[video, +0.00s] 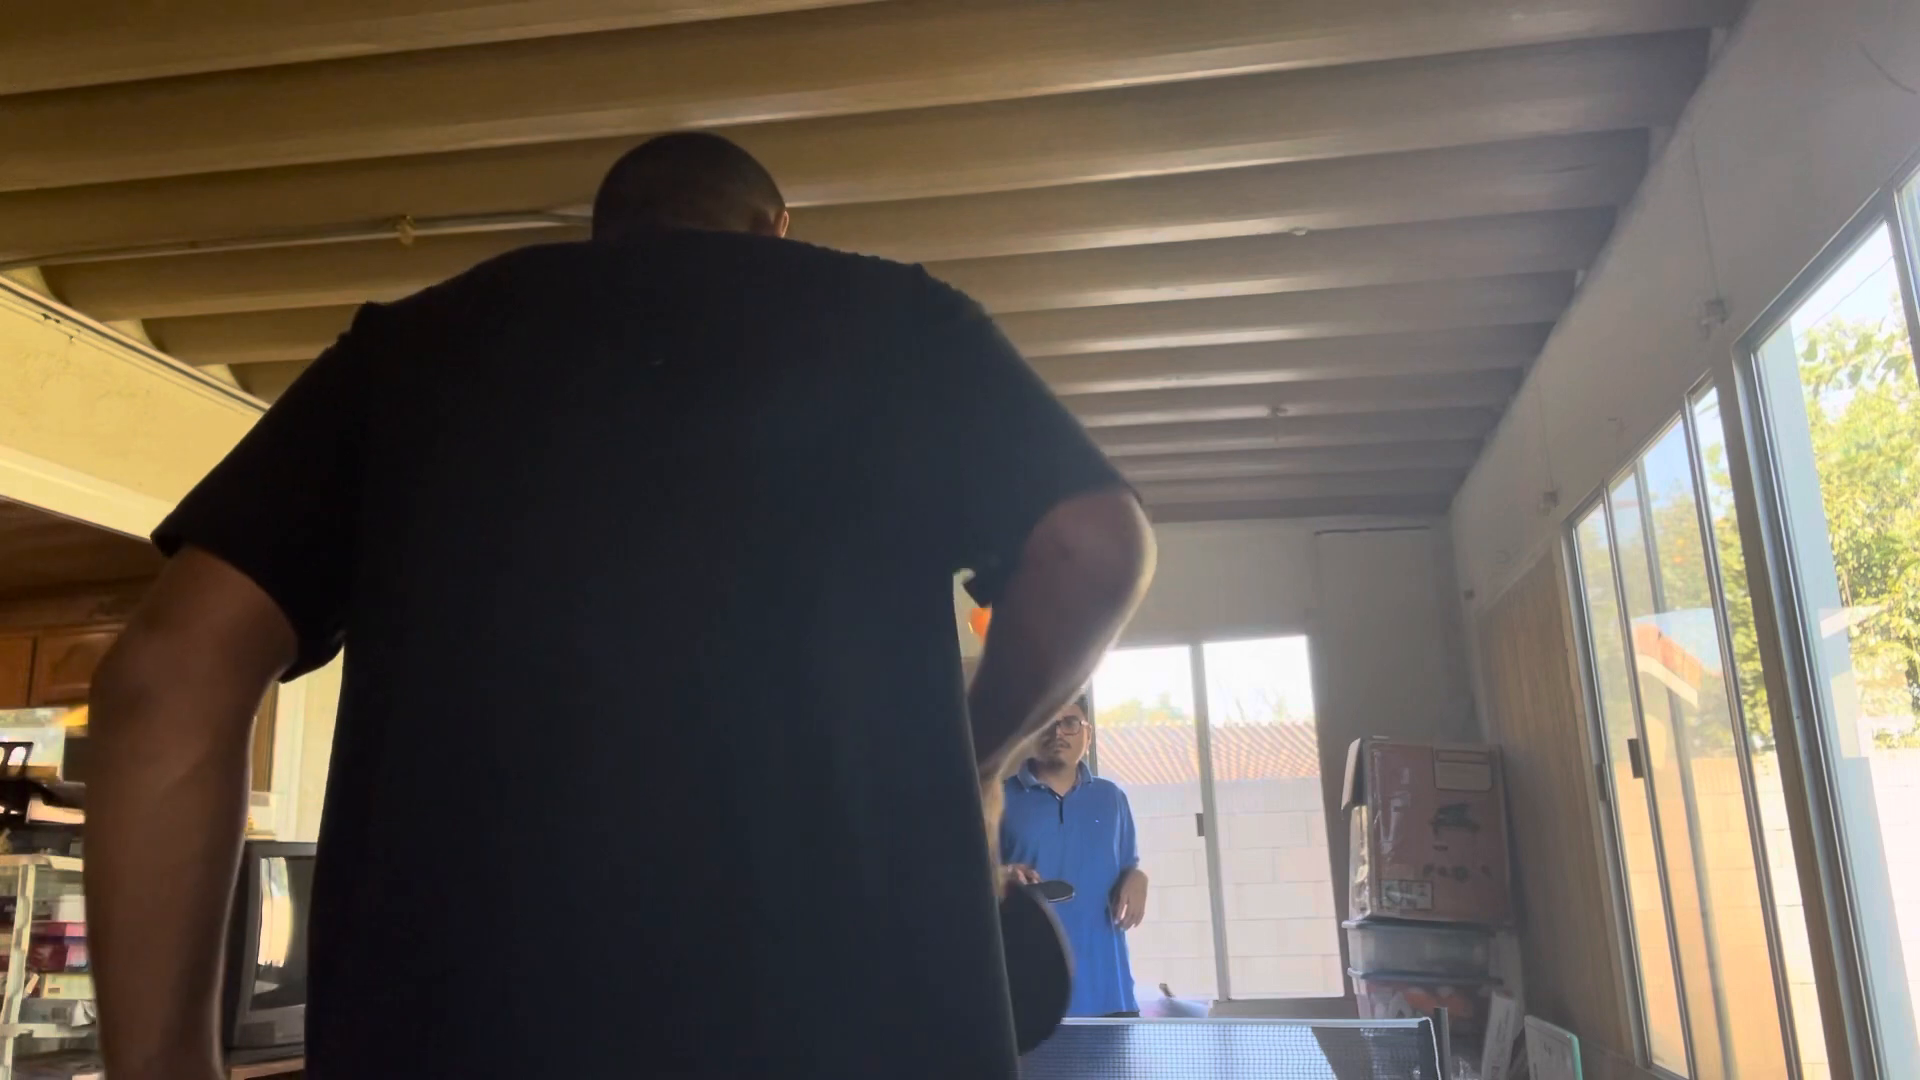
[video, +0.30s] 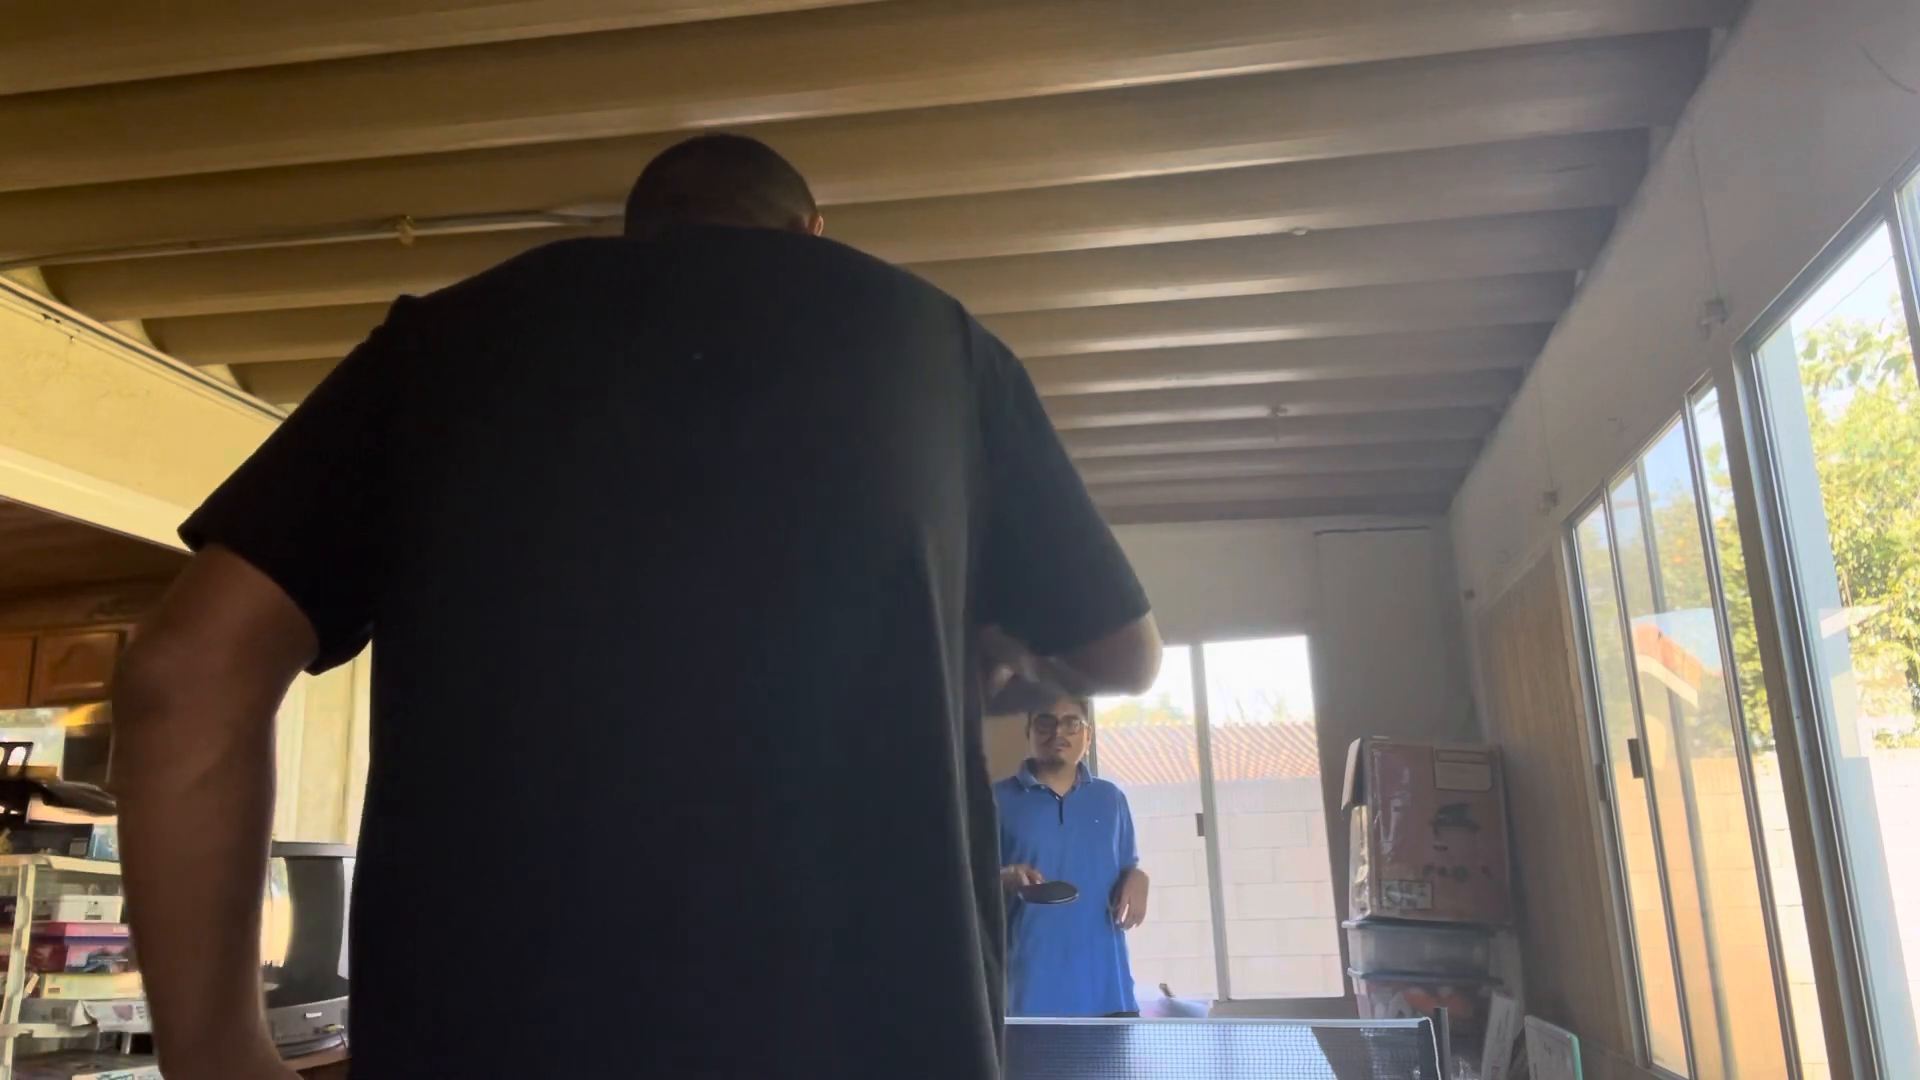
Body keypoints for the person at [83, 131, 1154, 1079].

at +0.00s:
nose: (796, 252)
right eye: (792, 237)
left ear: (590, 234)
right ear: (779, 232)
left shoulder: (410, 344)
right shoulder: (892, 315)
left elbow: (164, 676)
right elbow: (1094, 544)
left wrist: (165, 1064)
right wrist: (971, 763)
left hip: (452, 1028)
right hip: (862, 1029)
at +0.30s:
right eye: (818, 233)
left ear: (626, 224)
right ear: (815, 234)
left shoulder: (447, 333)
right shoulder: (934, 333)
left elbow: (182, 678)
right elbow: (1120, 655)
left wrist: (222, 1056)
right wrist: (984, 650)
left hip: (483, 1039)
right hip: (872, 1041)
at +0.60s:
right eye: (828, 233)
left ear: (630, 225)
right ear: (818, 231)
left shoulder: (467, 335)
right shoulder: (955, 346)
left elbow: (235, 668)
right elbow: (1119, 682)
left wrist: (225, 1058)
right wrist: (960, 650)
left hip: (514, 1036)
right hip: (899, 1039)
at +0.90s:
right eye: (832, 228)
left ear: (637, 222)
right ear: (826, 226)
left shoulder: (473, 339)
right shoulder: (963, 347)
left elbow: (242, 659)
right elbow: (1091, 700)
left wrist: (205, 1058)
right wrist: (963, 720)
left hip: (516, 1032)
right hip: (891, 1037)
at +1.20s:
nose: (829, 237)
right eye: (830, 222)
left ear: (632, 219)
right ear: (821, 220)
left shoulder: (465, 345)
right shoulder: (953, 346)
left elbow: (229, 682)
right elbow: (1086, 699)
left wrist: (220, 1059)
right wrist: (982, 731)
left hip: (500, 1034)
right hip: (867, 1037)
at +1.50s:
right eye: (818, 218)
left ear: (618, 219)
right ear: (810, 216)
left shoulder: (457, 348)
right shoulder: (941, 347)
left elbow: (222, 684)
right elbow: (1069, 700)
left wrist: (214, 1058)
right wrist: (990, 747)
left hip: (488, 1036)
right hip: (846, 1039)